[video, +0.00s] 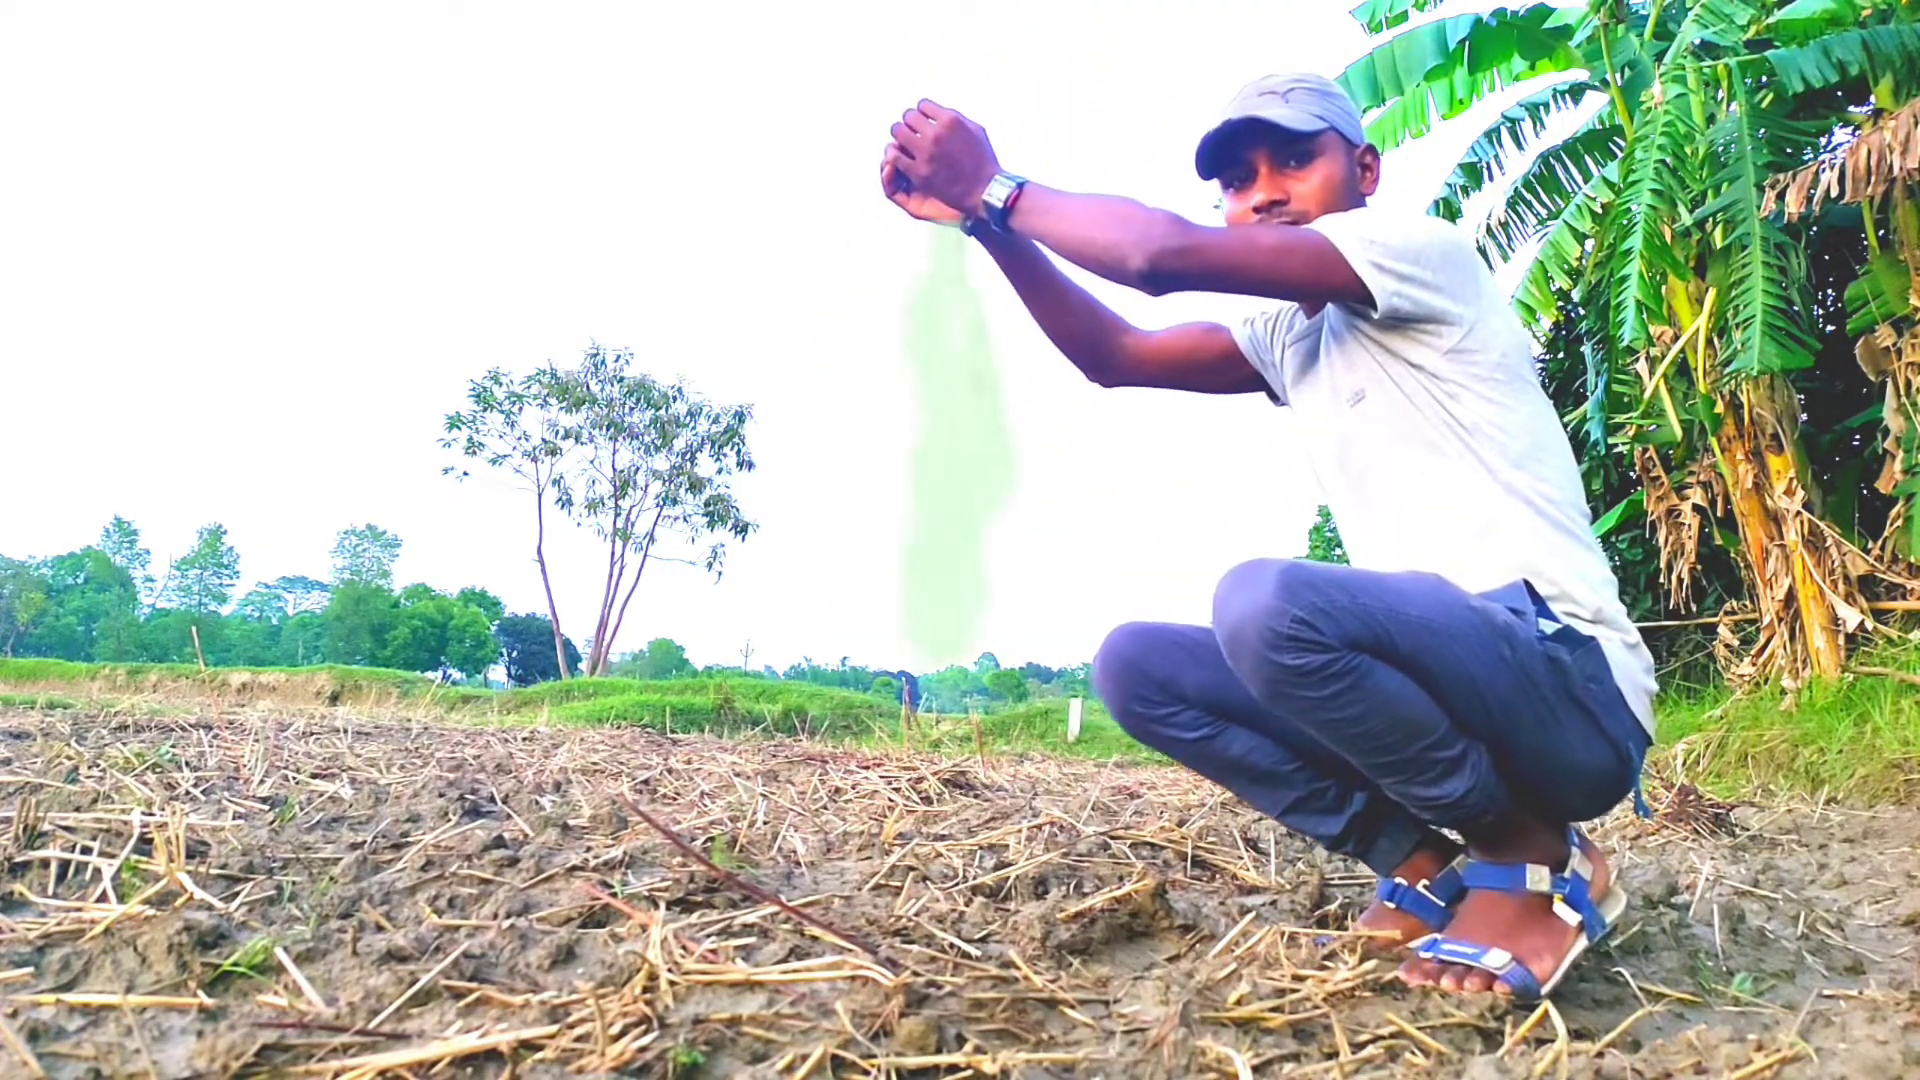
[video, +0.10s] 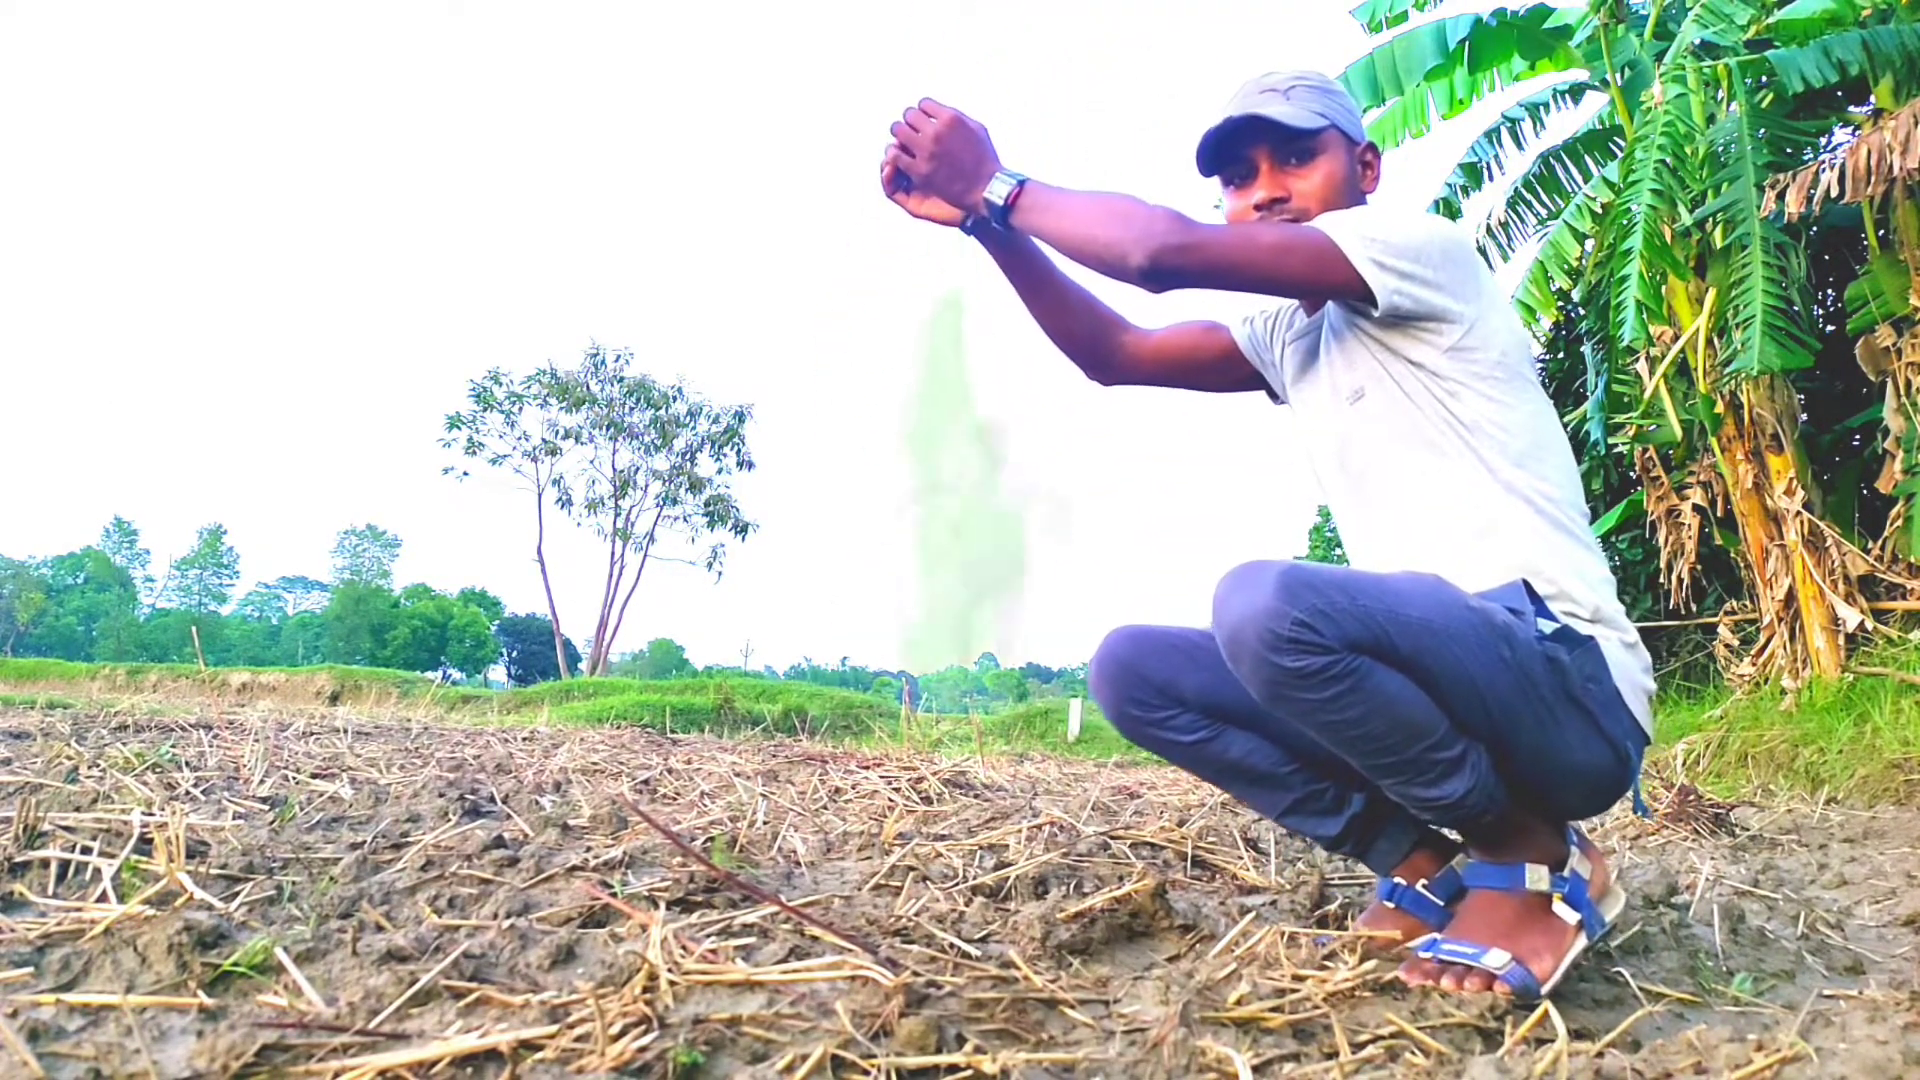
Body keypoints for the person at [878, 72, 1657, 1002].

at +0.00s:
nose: (1264, 193)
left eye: (1294, 157)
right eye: (1237, 178)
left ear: (1367, 170)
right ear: (1224, 202)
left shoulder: (1419, 253)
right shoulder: (1293, 333)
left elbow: (1163, 252)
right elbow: (1115, 354)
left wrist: (991, 192)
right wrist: (989, 222)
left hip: (1569, 679)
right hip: (1445, 693)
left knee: (1266, 606)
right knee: (1137, 667)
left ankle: (1531, 853)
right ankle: (1430, 860)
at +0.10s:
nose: (1264, 190)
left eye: (1296, 154)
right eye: (1237, 175)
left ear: (1368, 167)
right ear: (1225, 200)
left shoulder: (1420, 250)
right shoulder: (1293, 331)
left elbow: (1162, 249)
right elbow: (1115, 353)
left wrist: (993, 190)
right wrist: (989, 222)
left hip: (1568, 678)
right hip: (1444, 692)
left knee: (1266, 608)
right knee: (1134, 670)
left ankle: (1530, 852)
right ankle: (1427, 863)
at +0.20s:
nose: (1266, 188)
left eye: (1298, 152)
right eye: (1239, 172)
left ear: (1369, 166)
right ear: (1226, 196)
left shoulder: (1422, 247)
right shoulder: (1295, 330)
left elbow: (1163, 246)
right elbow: (1115, 350)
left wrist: (993, 187)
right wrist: (990, 222)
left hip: (1567, 676)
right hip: (1444, 691)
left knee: (1265, 609)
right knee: (1132, 673)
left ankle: (1528, 850)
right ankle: (1427, 860)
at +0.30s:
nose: (1269, 184)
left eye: (1301, 149)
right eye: (1241, 168)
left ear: (1372, 165)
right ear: (1227, 194)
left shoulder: (1427, 246)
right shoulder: (1295, 330)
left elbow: (1159, 243)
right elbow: (1115, 348)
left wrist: (995, 178)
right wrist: (990, 218)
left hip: (1565, 674)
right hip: (1440, 687)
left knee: (1267, 610)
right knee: (1127, 675)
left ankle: (1530, 851)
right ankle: (1423, 857)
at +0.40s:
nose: (1270, 182)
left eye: (1302, 148)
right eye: (1242, 167)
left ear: (1374, 162)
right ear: (1229, 191)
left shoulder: (1428, 245)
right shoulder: (1297, 328)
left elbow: (1160, 241)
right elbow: (1117, 345)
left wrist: (996, 175)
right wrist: (990, 215)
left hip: (1565, 674)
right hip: (1440, 688)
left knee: (1269, 610)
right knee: (1127, 675)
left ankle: (1530, 852)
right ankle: (1426, 858)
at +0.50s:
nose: (1271, 181)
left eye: (1303, 146)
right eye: (1244, 164)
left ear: (1375, 160)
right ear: (1229, 188)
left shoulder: (1428, 242)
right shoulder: (1298, 327)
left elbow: (1161, 239)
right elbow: (1116, 342)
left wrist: (997, 172)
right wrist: (991, 212)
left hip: (1565, 674)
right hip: (1440, 687)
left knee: (1268, 612)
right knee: (1127, 676)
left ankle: (1528, 854)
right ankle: (1426, 860)